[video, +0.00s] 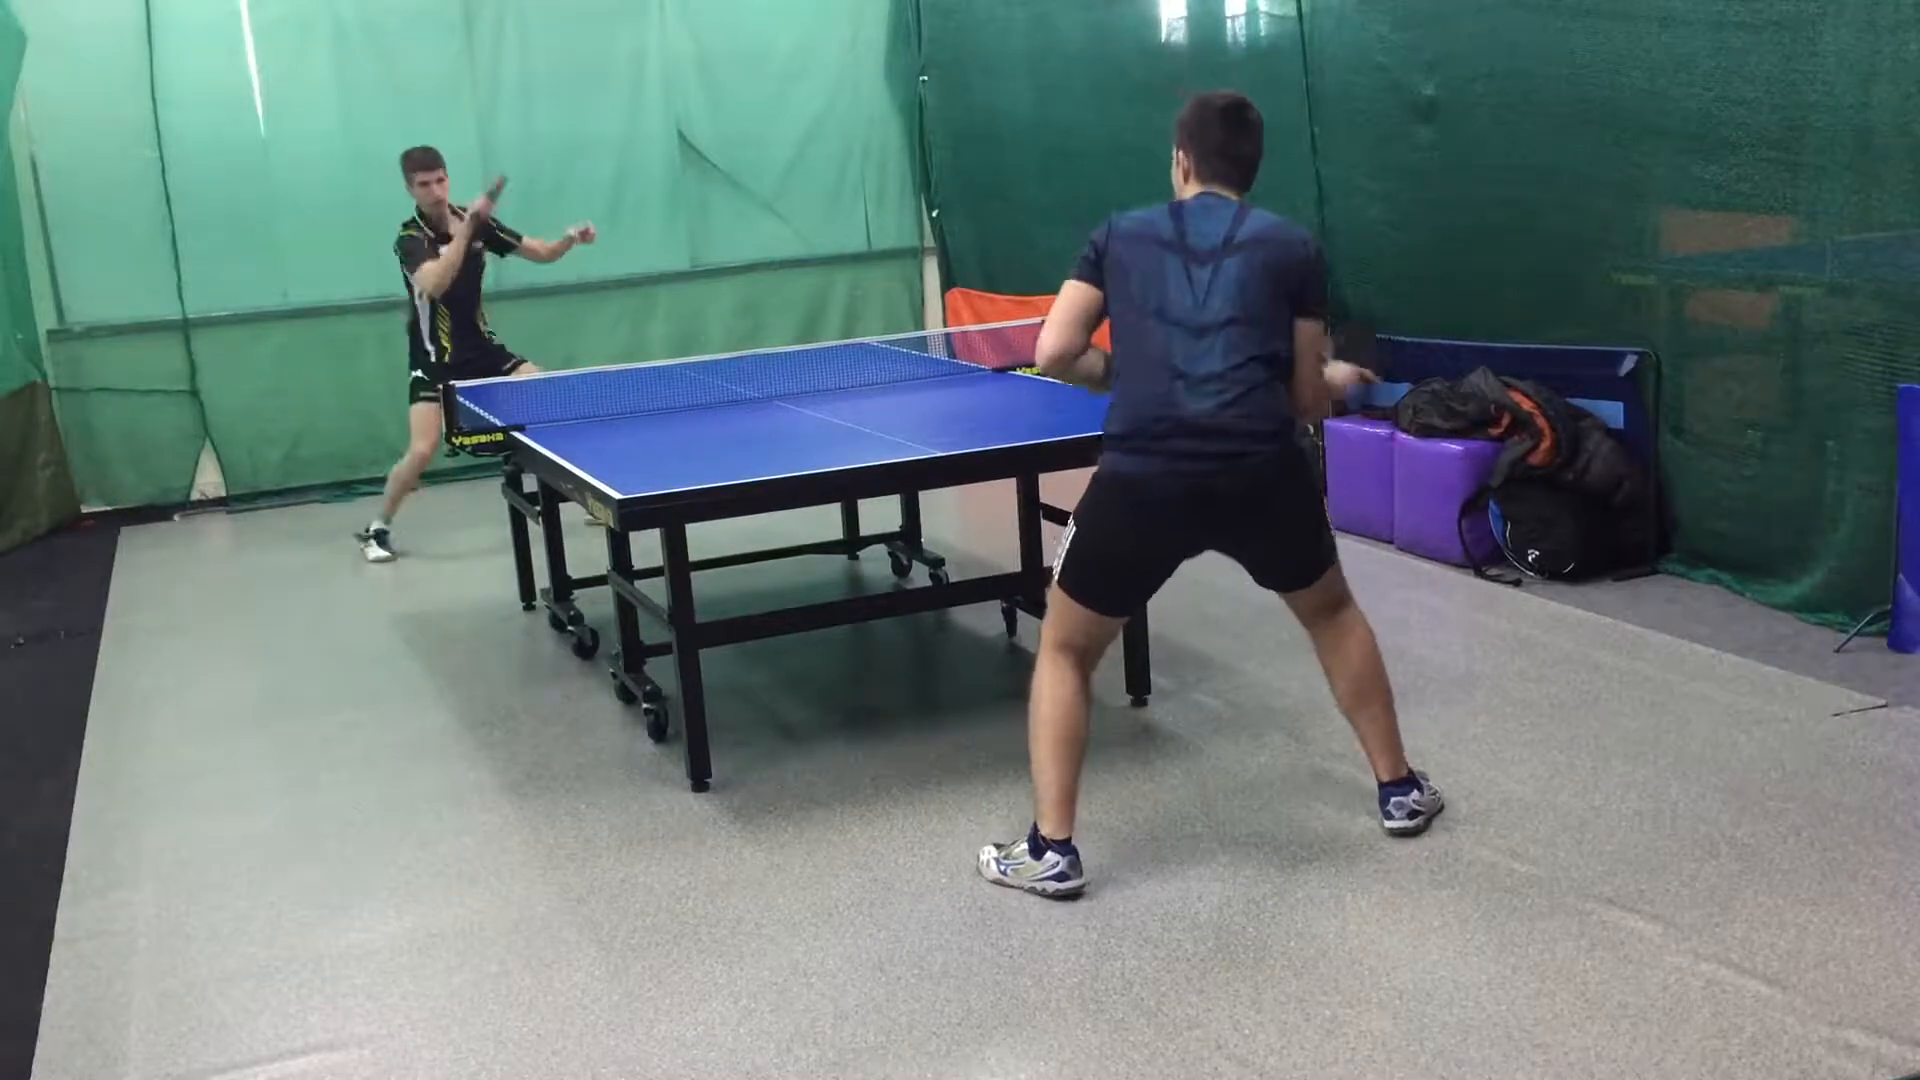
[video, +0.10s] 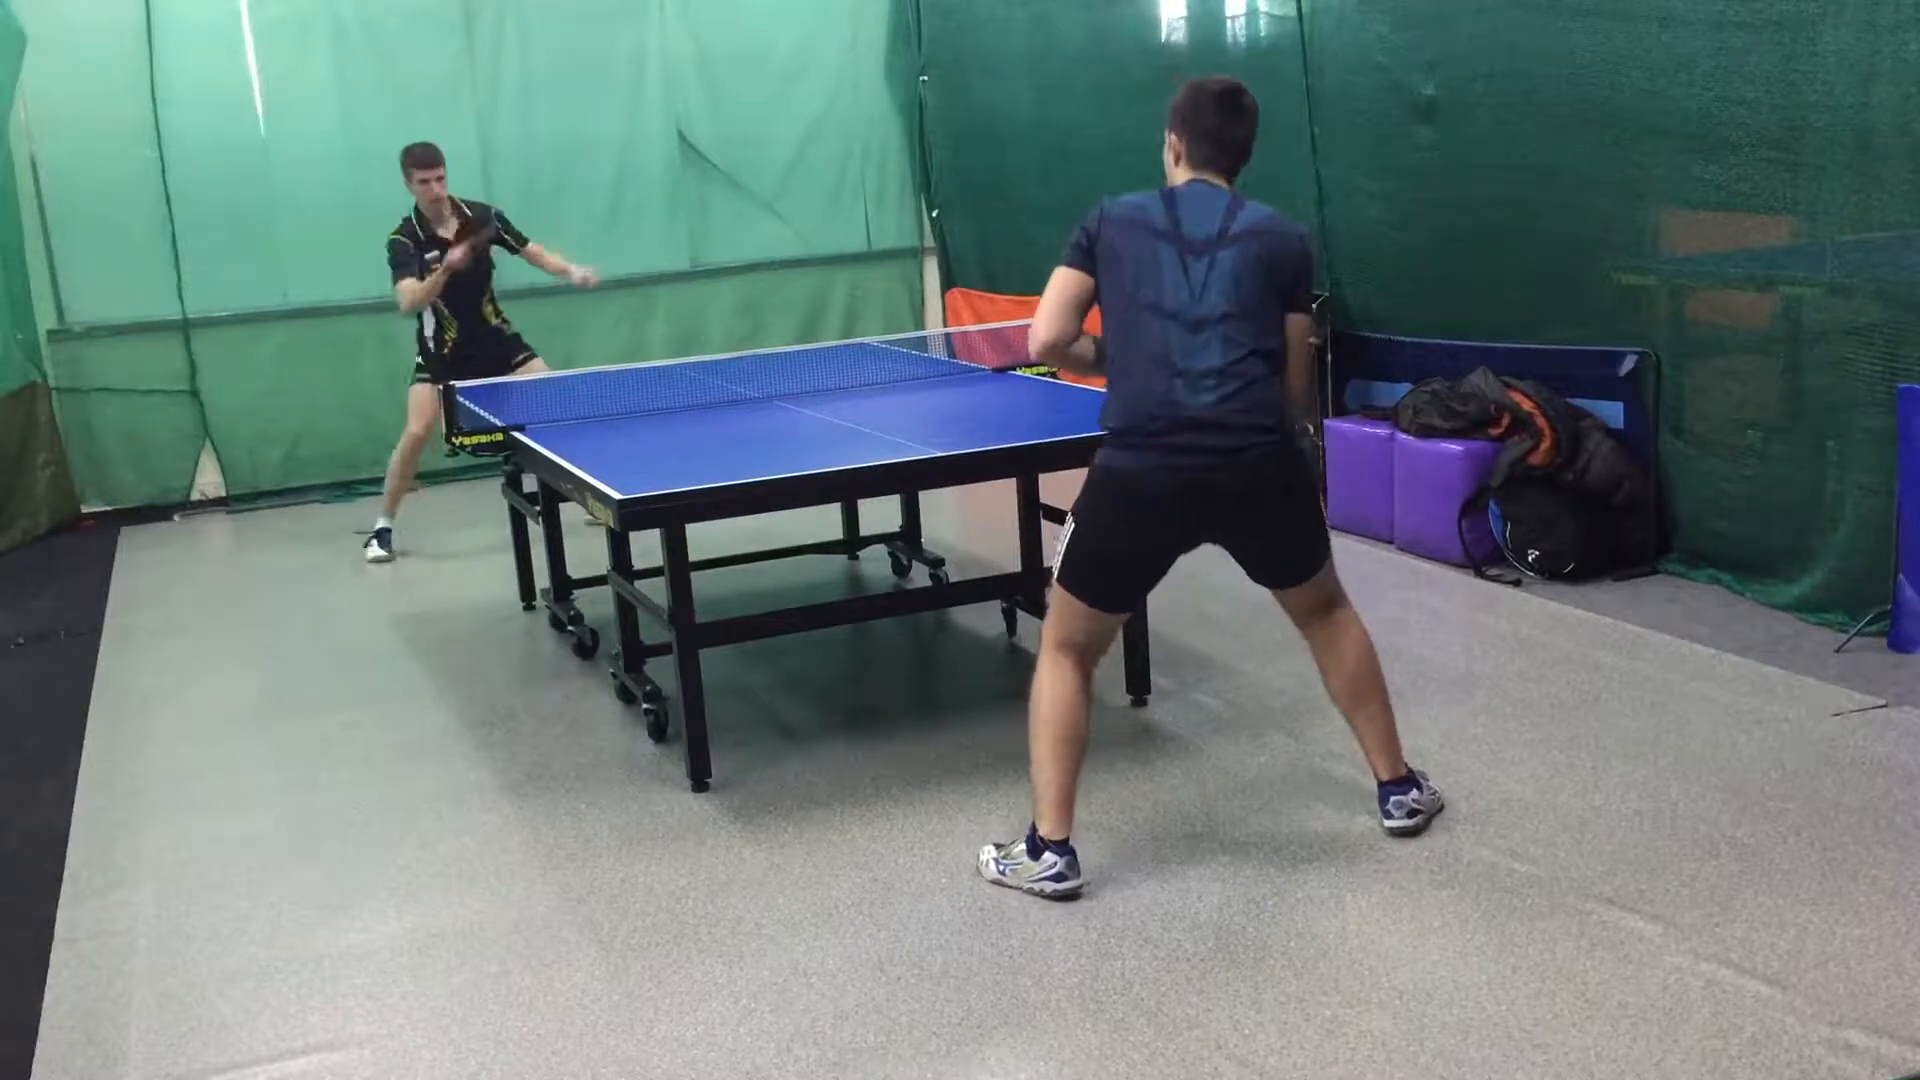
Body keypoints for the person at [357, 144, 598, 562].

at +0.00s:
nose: (436, 190)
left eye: (439, 181)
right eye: (425, 185)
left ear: (448, 179)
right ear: (410, 189)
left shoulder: (474, 221)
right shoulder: (411, 237)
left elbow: (539, 252)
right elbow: (433, 284)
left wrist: (569, 241)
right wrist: (469, 225)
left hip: (480, 348)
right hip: (434, 361)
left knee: (552, 394)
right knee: (423, 451)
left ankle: (592, 493)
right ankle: (380, 526)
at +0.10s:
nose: (437, 189)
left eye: (441, 179)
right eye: (427, 183)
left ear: (448, 175)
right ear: (410, 184)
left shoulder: (482, 217)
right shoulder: (405, 239)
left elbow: (532, 252)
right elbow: (408, 300)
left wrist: (569, 269)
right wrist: (446, 269)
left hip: (495, 338)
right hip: (440, 351)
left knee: (559, 397)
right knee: (418, 431)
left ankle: (592, 491)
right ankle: (384, 526)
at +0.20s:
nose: (425, 192)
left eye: (429, 181)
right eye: (414, 185)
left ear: (436, 177)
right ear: (399, 188)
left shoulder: (471, 216)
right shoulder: (395, 241)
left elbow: (523, 266)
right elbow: (394, 314)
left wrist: (533, 300)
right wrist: (411, 311)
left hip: (500, 322)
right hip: (449, 333)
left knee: (553, 389)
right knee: (417, 420)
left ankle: (563, 477)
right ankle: (424, 515)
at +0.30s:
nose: (413, 211)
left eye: (417, 201)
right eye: (403, 205)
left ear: (426, 194)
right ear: (389, 206)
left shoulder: (461, 235)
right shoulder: (393, 255)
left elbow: (491, 303)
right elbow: (395, 330)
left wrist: (463, 342)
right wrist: (364, 356)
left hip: (504, 320)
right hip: (456, 333)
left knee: (557, 393)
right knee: (422, 424)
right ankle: (436, 515)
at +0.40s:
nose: (408, 230)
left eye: (413, 219)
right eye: (398, 223)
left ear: (424, 208)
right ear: (387, 220)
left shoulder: (453, 247)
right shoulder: (408, 262)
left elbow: (469, 315)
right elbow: (417, 334)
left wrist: (422, 343)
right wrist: (362, 369)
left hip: (528, 346)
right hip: (481, 348)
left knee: (557, 429)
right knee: (426, 420)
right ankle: (437, 515)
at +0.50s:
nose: (421, 224)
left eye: (426, 213)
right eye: (411, 217)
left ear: (439, 202)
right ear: (403, 216)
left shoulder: (475, 240)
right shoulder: (430, 253)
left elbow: (513, 289)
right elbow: (443, 317)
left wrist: (461, 326)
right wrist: (394, 352)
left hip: (543, 345)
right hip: (494, 344)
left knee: (567, 425)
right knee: (441, 419)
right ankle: (439, 515)